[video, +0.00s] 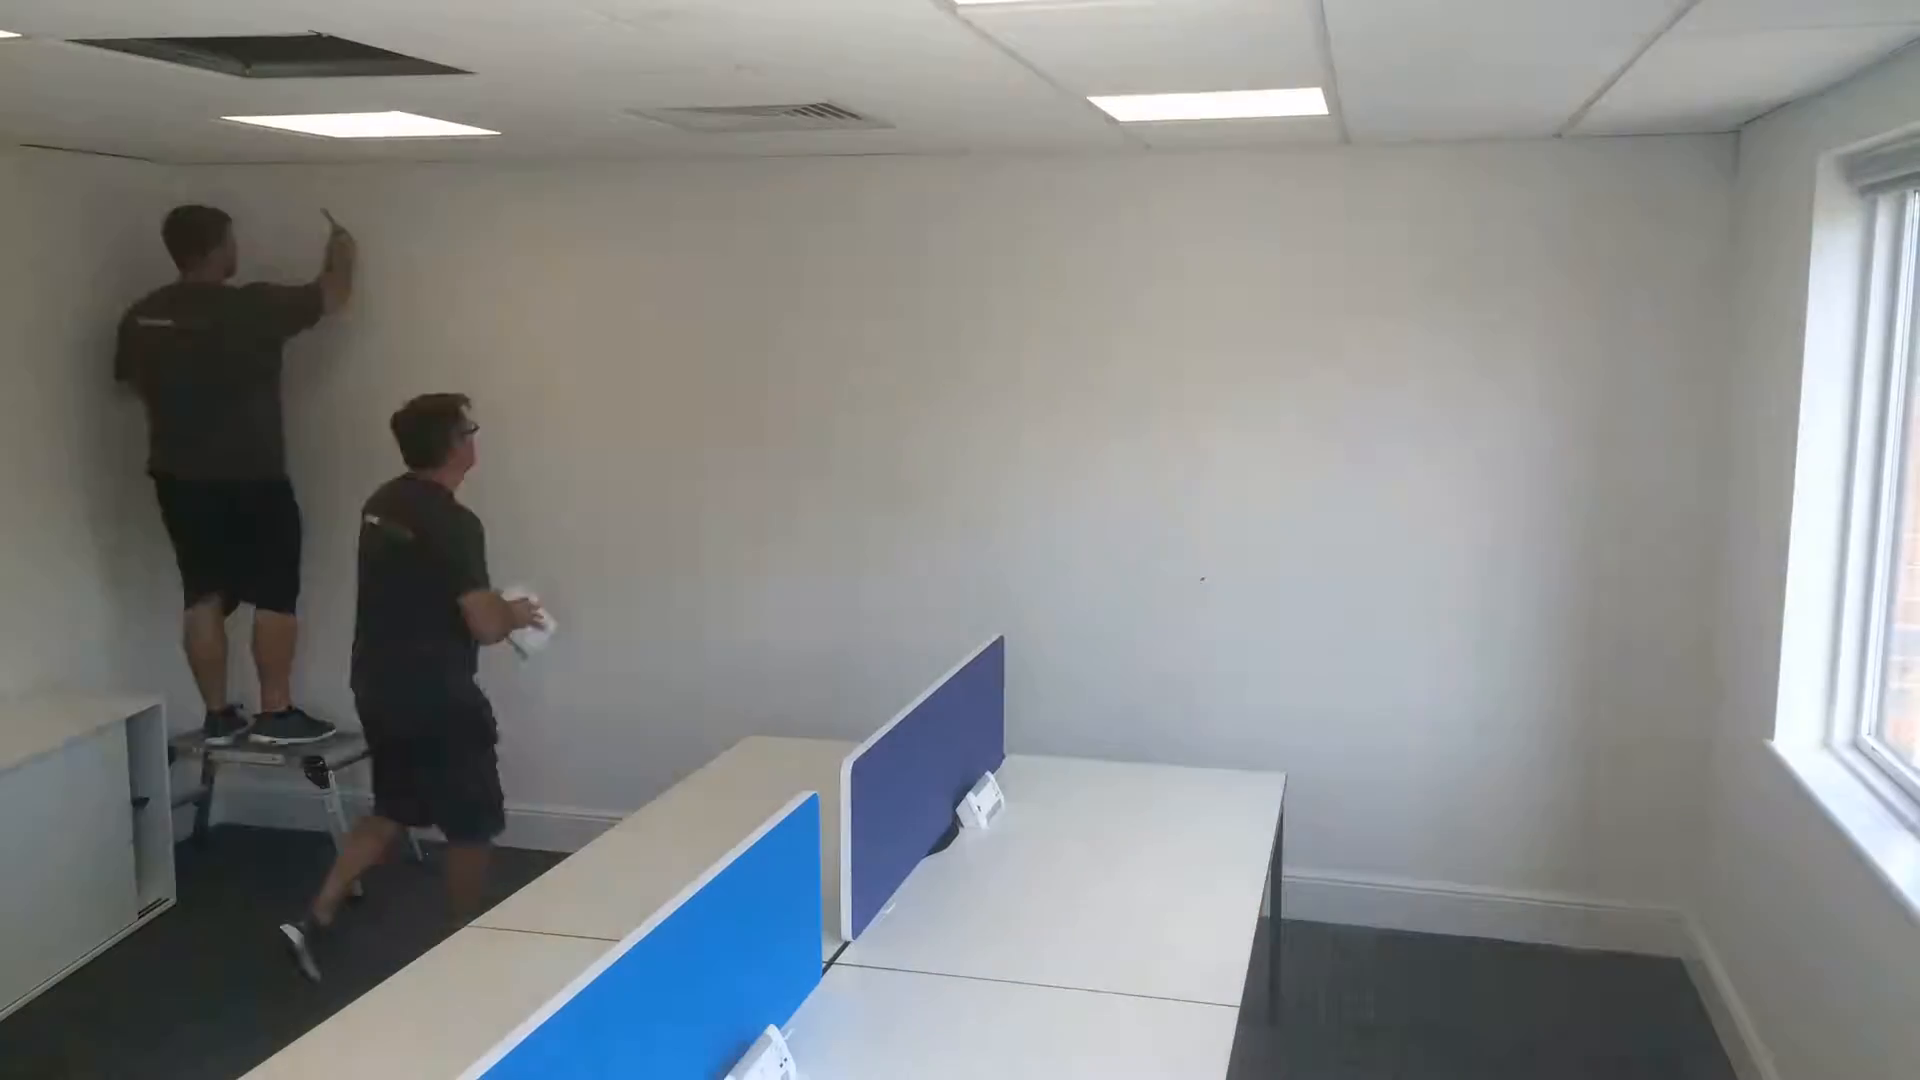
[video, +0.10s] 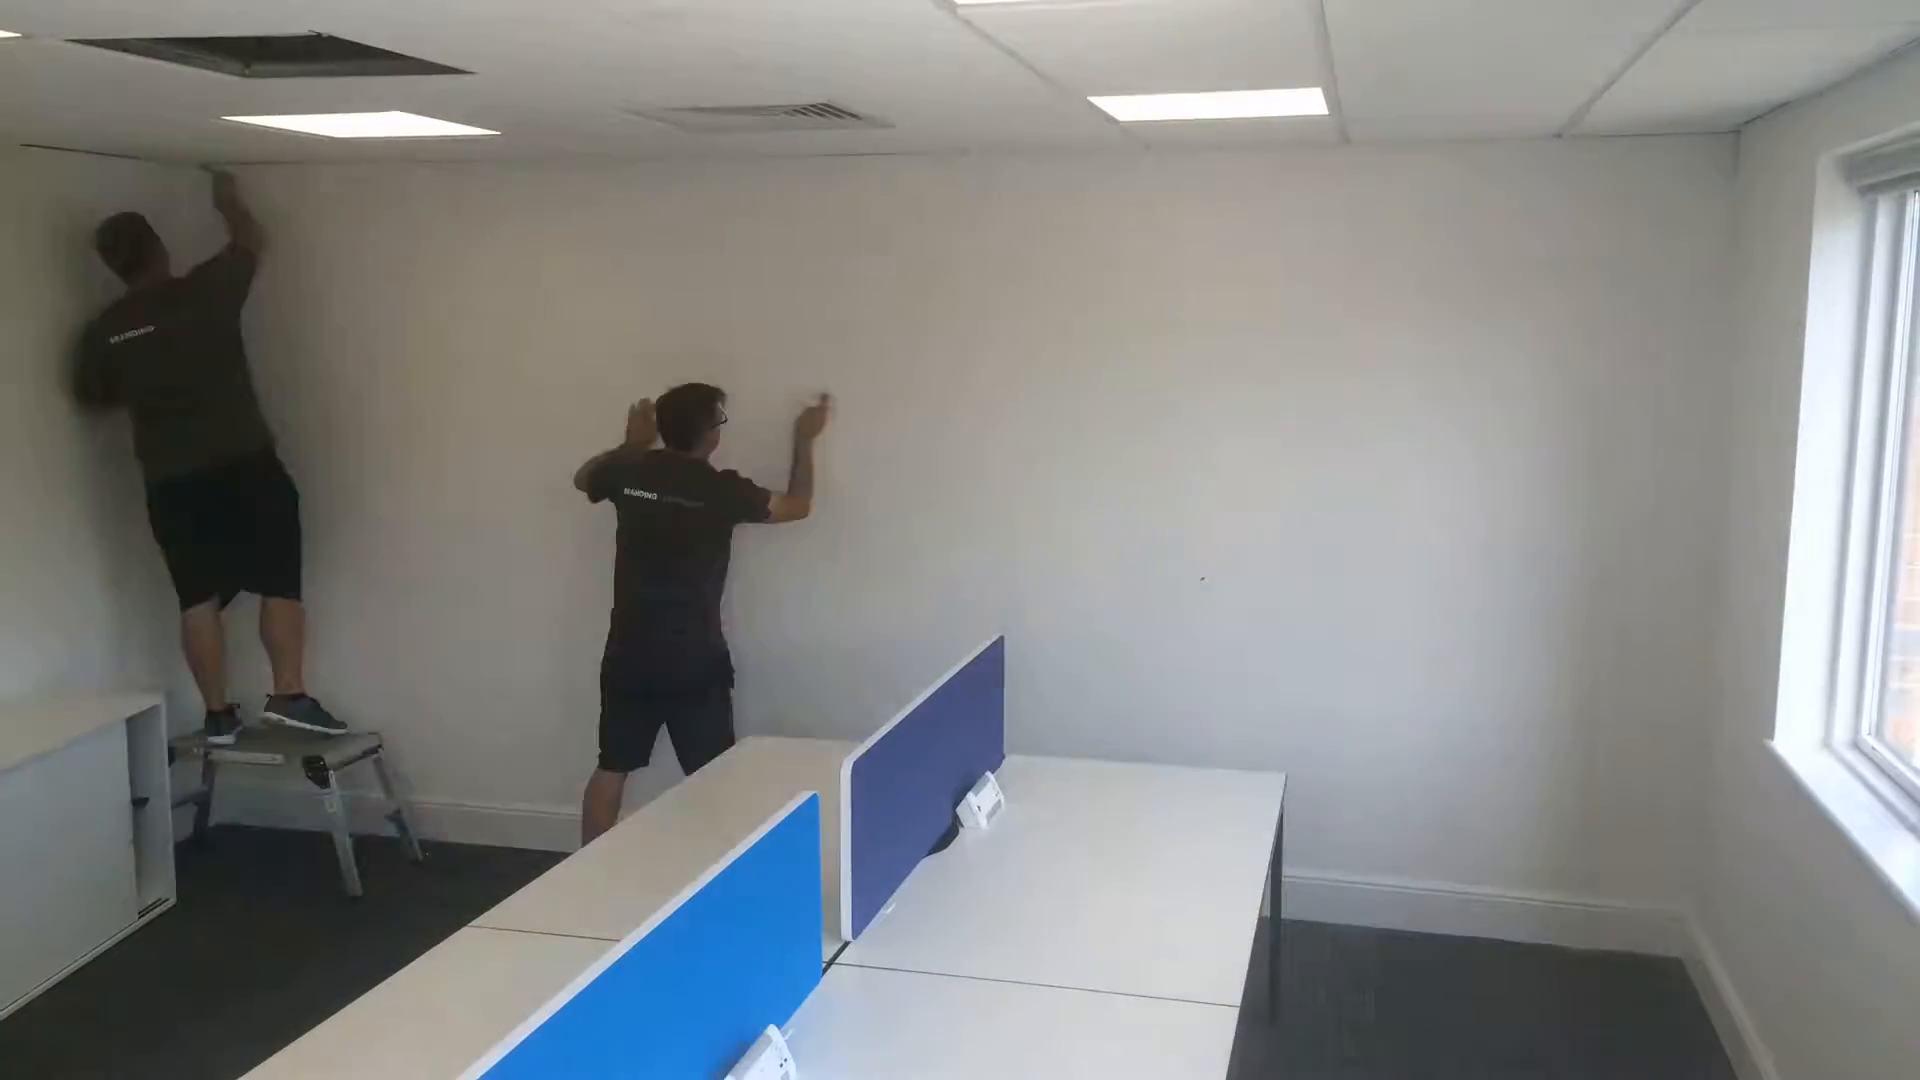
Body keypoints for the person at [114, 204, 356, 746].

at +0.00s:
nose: (235, 250)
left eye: (230, 240)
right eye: (230, 241)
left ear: (176, 254)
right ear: (219, 250)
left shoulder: (143, 316)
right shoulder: (253, 306)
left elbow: (130, 379)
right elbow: (331, 293)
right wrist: (342, 248)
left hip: (180, 479)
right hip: (254, 475)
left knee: (203, 593)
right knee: (276, 591)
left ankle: (217, 716)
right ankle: (276, 713)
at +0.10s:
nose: (156, 250)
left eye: (141, 247)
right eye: (153, 241)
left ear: (115, 267)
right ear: (159, 245)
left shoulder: (106, 331)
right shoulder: (207, 292)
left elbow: (91, 394)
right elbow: (247, 244)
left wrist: (142, 370)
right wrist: (229, 201)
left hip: (173, 481)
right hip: (246, 464)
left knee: (197, 598)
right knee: (280, 580)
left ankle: (218, 716)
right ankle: (290, 697)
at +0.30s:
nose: (277, 267)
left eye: (275, 258)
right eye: (277, 258)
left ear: (224, 253)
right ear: (272, 257)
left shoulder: (170, 312)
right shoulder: (284, 315)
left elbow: (138, 377)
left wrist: (182, 401)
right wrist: (303, 333)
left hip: (187, 478)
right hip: (264, 479)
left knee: (203, 598)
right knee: (275, 600)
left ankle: (219, 713)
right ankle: (289, 715)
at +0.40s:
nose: (372, 268)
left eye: (368, 259)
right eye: (365, 260)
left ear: (312, 264)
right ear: (347, 266)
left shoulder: (274, 299)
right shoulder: (368, 324)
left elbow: (261, 277)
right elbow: (451, 320)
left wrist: (313, 253)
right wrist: (455, 251)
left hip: (252, 462)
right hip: (315, 474)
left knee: (257, 594)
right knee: (302, 602)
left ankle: (242, 710)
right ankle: (296, 717)